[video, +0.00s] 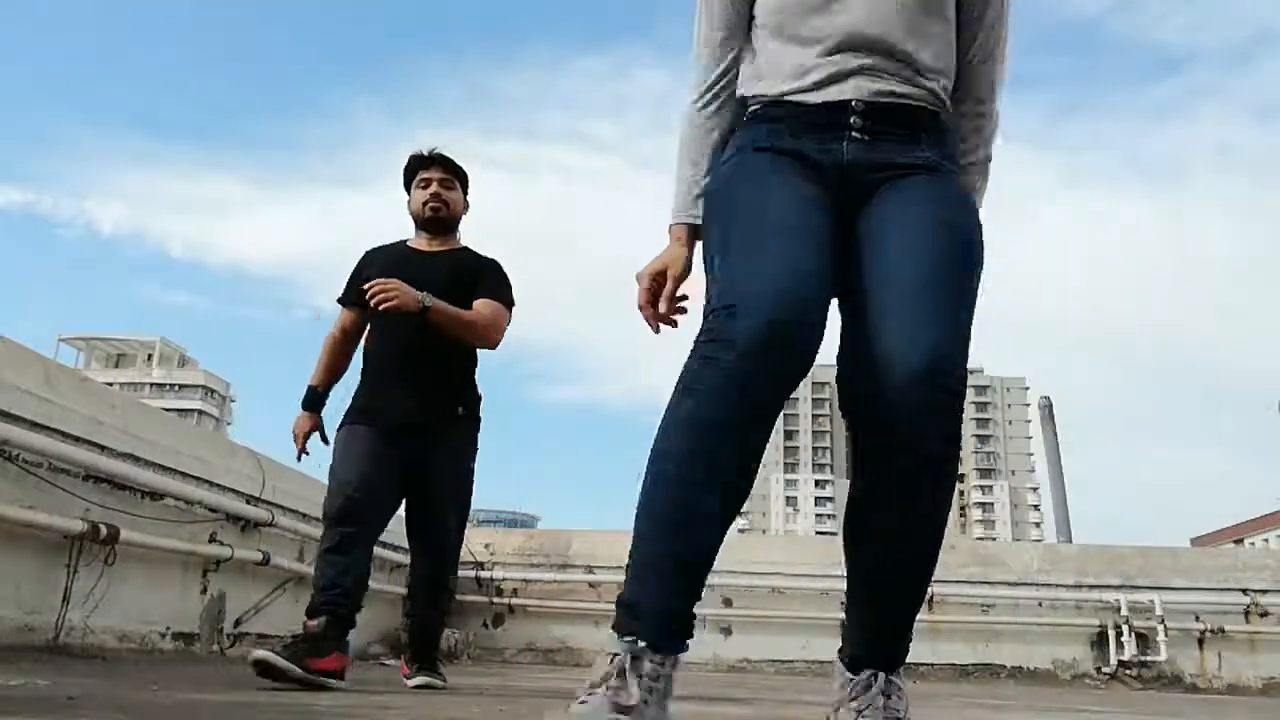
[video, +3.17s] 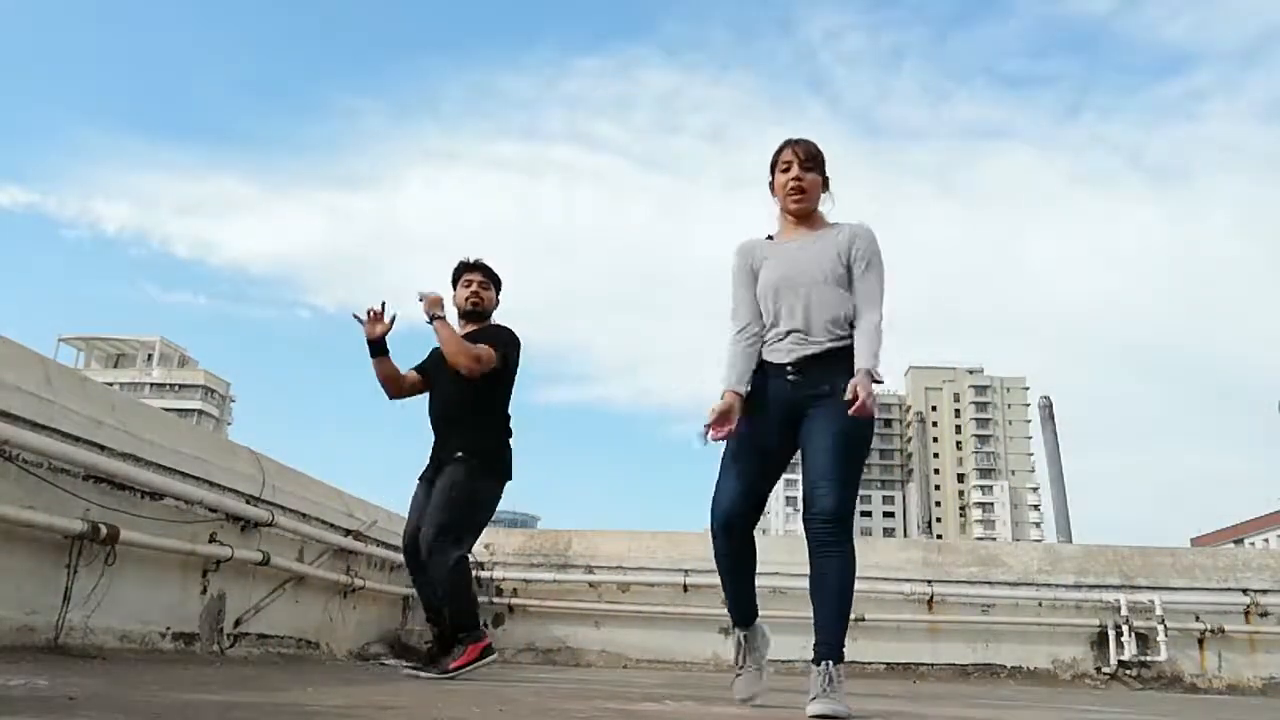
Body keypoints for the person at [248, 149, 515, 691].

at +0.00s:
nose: (434, 191)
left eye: (447, 185)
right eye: (424, 184)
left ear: (464, 202)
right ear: (409, 201)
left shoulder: (485, 271)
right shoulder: (378, 261)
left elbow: (488, 332)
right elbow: (344, 336)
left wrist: (421, 302)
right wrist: (312, 403)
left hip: (447, 425)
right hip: (374, 416)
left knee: (437, 544)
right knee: (346, 515)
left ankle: (423, 657)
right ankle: (324, 642)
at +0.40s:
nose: (441, 223)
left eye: (452, 218)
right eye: (431, 217)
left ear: (468, 233)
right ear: (417, 232)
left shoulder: (489, 275)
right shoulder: (396, 297)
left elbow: (491, 325)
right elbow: (363, 361)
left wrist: (452, 360)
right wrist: (325, 419)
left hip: (456, 428)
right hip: (391, 423)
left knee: (440, 539)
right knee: (361, 518)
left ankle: (419, 656)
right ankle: (385, 610)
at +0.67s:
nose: (430, 255)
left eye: (440, 251)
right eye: (421, 249)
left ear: (453, 266)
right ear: (405, 263)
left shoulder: (476, 309)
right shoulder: (385, 330)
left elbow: (499, 366)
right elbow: (356, 383)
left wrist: (507, 420)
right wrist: (320, 435)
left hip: (448, 439)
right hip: (390, 441)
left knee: (427, 536)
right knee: (380, 547)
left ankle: (420, 655)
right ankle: (400, 641)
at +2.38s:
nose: (460, 288)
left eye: (469, 284)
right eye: (452, 282)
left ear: (481, 298)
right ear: (437, 294)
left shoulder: (498, 351)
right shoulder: (413, 352)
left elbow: (516, 416)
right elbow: (392, 415)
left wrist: (524, 475)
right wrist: (374, 471)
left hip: (478, 469)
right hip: (426, 465)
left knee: (465, 557)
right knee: (410, 542)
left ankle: (463, 649)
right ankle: (413, 638)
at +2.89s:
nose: (475, 286)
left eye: (485, 282)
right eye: (468, 280)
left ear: (496, 295)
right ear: (455, 291)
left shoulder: (509, 341)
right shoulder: (436, 349)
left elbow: (525, 394)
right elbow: (403, 399)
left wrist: (506, 410)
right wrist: (366, 417)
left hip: (479, 463)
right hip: (430, 459)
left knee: (470, 556)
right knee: (414, 545)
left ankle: (464, 648)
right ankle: (428, 641)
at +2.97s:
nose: (476, 285)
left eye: (485, 282)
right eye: (469, 279)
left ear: (496, 295)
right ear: (455, 290)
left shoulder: (508, 338)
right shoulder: (437, 348)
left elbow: (520, 390)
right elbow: (404, 396)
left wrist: (489, 384)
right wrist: (365, 398)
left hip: (478, 456)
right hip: (432, 454)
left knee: (456, 539)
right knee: (415, 540)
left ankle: (467, 637)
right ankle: (428, 642)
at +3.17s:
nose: (475, 289)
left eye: (484, 285)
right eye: (467, 285)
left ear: (496, 298)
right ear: (455, 297)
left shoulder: (503, 338)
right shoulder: (443, 353)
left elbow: (469, 362)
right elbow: (398, 387)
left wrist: (437, 317)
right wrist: (377, 343)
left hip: (480, 461)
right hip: (443, 460)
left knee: (440, 541)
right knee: (415, 544)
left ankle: (472, 638)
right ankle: (446, 638)